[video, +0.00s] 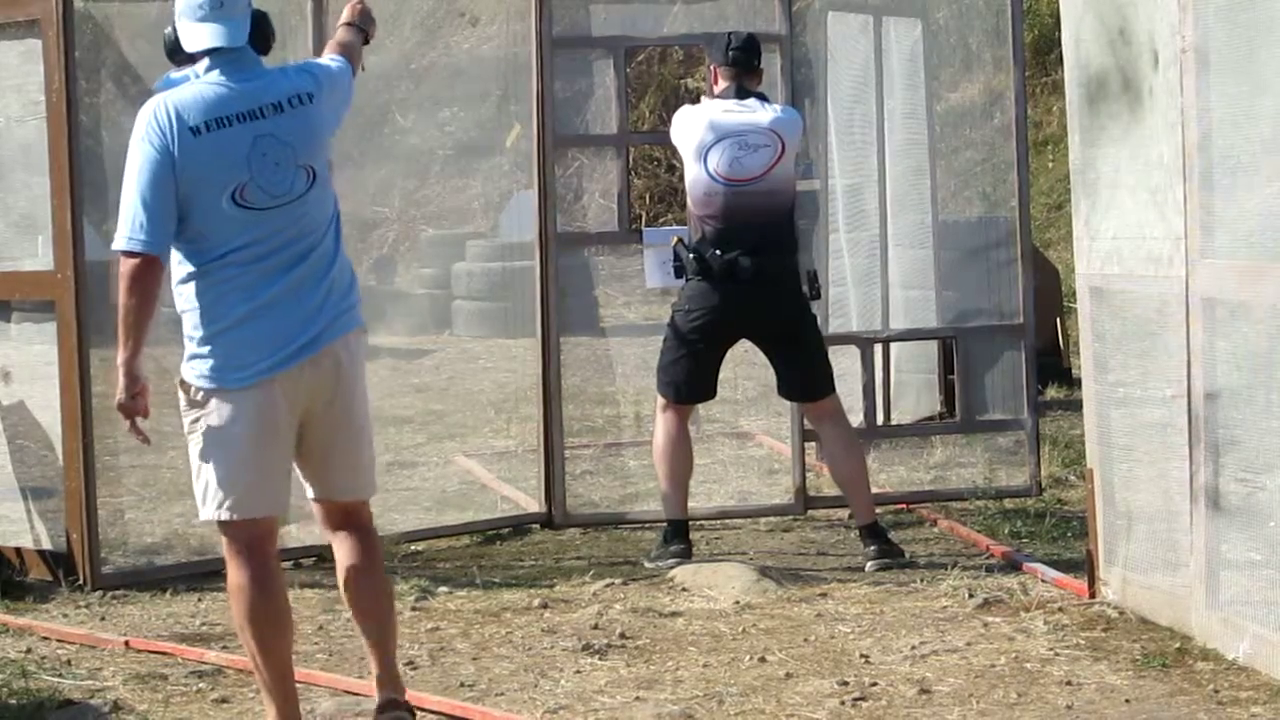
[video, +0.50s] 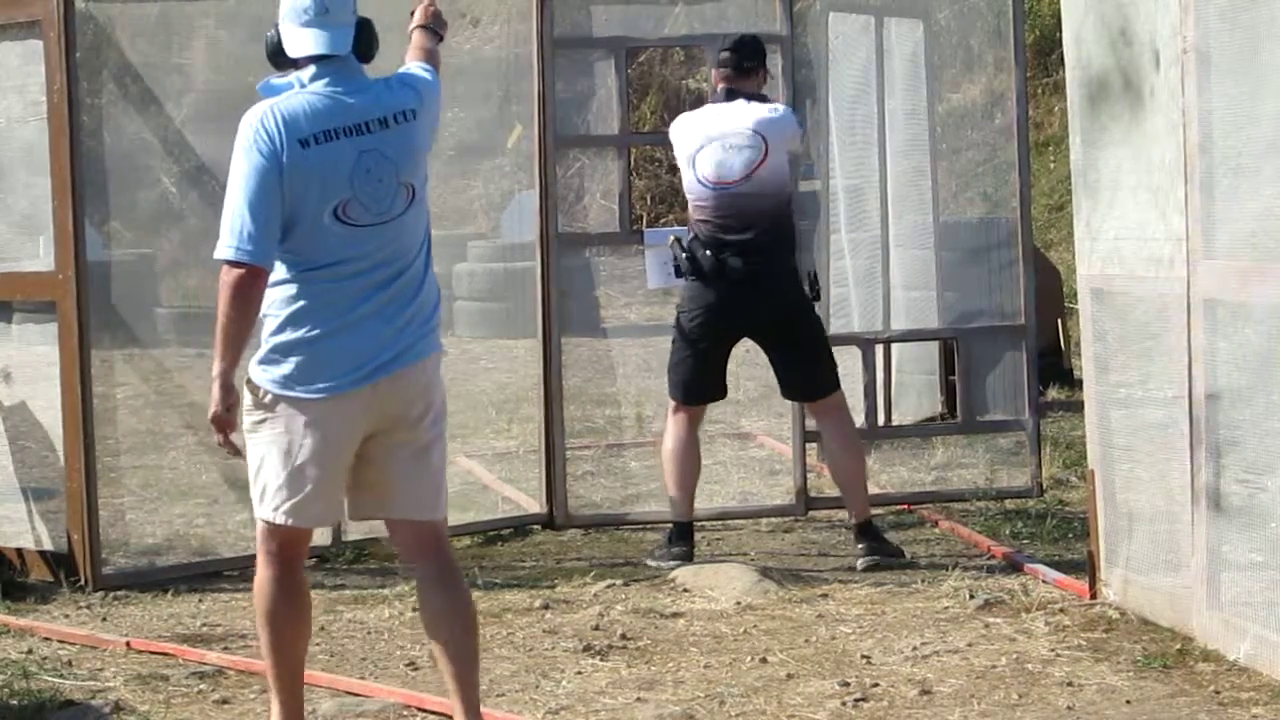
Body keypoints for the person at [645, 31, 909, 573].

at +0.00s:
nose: (711, 81)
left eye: (709, 74)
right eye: (726, 74)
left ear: (715, 77)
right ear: (760, 76)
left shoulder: (688, 120)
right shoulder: (790, 121)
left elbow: (701, 131)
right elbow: (759, 126)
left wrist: (717, 97)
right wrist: (734, 95)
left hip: (710, 295)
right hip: (780, 294)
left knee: (672, 408)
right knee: (827, 413)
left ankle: (675, 538)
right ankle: (873, 536)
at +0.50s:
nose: (761, 85)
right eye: (762, 77)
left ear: (713, 79)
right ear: (761, 78)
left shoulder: (682, 128)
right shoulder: (781, 119)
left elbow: (709, 168)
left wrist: (727, 101)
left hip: (708, 296)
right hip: (777, 292)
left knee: (683, 414)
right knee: (830, 412)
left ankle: (679, 539)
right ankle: (867, 534)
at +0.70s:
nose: (779, 89)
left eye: (778, 82)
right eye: (778, 81)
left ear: (726, 76)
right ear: (768, 79)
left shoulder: (693, 127)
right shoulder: (772, 120)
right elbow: (843, 137)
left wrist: (826, 133)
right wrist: (851, 123)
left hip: (707, 298)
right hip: (771, 296)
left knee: (705, 418)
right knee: (835, 416)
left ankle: (683, 537)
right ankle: (865, 537)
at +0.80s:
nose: (787, 90)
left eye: (787, 83)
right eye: (785, 81)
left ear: (734, 74)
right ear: (771, 77)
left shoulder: (699, 125)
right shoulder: (775, 119)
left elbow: (792, 140)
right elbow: (840, 138)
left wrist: (838, 133)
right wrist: (861, 127)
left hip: (707, 296)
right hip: (769, 294)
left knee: (707, 421)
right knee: (835, 420)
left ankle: (684, 537)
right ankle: (866, 537)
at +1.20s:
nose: (794, 89)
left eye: (794, 81)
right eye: (793, 80)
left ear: (742, 75)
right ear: (779, 76)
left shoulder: (704, 122)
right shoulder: (783, 121)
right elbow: (843, 138)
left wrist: (843, 132)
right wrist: (865, 126)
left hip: (708, 295)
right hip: (769, 294)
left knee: (704, 419)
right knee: (834, 416)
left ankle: (682, 538)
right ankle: (867, 538)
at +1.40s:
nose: (793, 90)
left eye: (793, 83)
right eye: (793, 81)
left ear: (742, 75)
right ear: (780, 77)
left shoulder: (703, 122)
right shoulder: (781, 122)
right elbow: (842, 139)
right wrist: (863, 127)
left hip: (706, 296)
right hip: (768, 295)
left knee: (703, 418)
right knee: (834, 417)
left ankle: (681, 538)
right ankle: (867, 538)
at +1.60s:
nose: (790, 91)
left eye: (790, 83)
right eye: (789, 82)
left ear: (740, 77)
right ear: (775, 79)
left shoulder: (702, 123)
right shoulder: (780, 123)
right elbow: (833, 145)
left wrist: (841, 131)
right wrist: (860, 127)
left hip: (704, 298)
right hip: (767, 296)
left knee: (702, 418)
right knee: (832, 412)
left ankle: (680, 539)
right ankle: (866, 537)